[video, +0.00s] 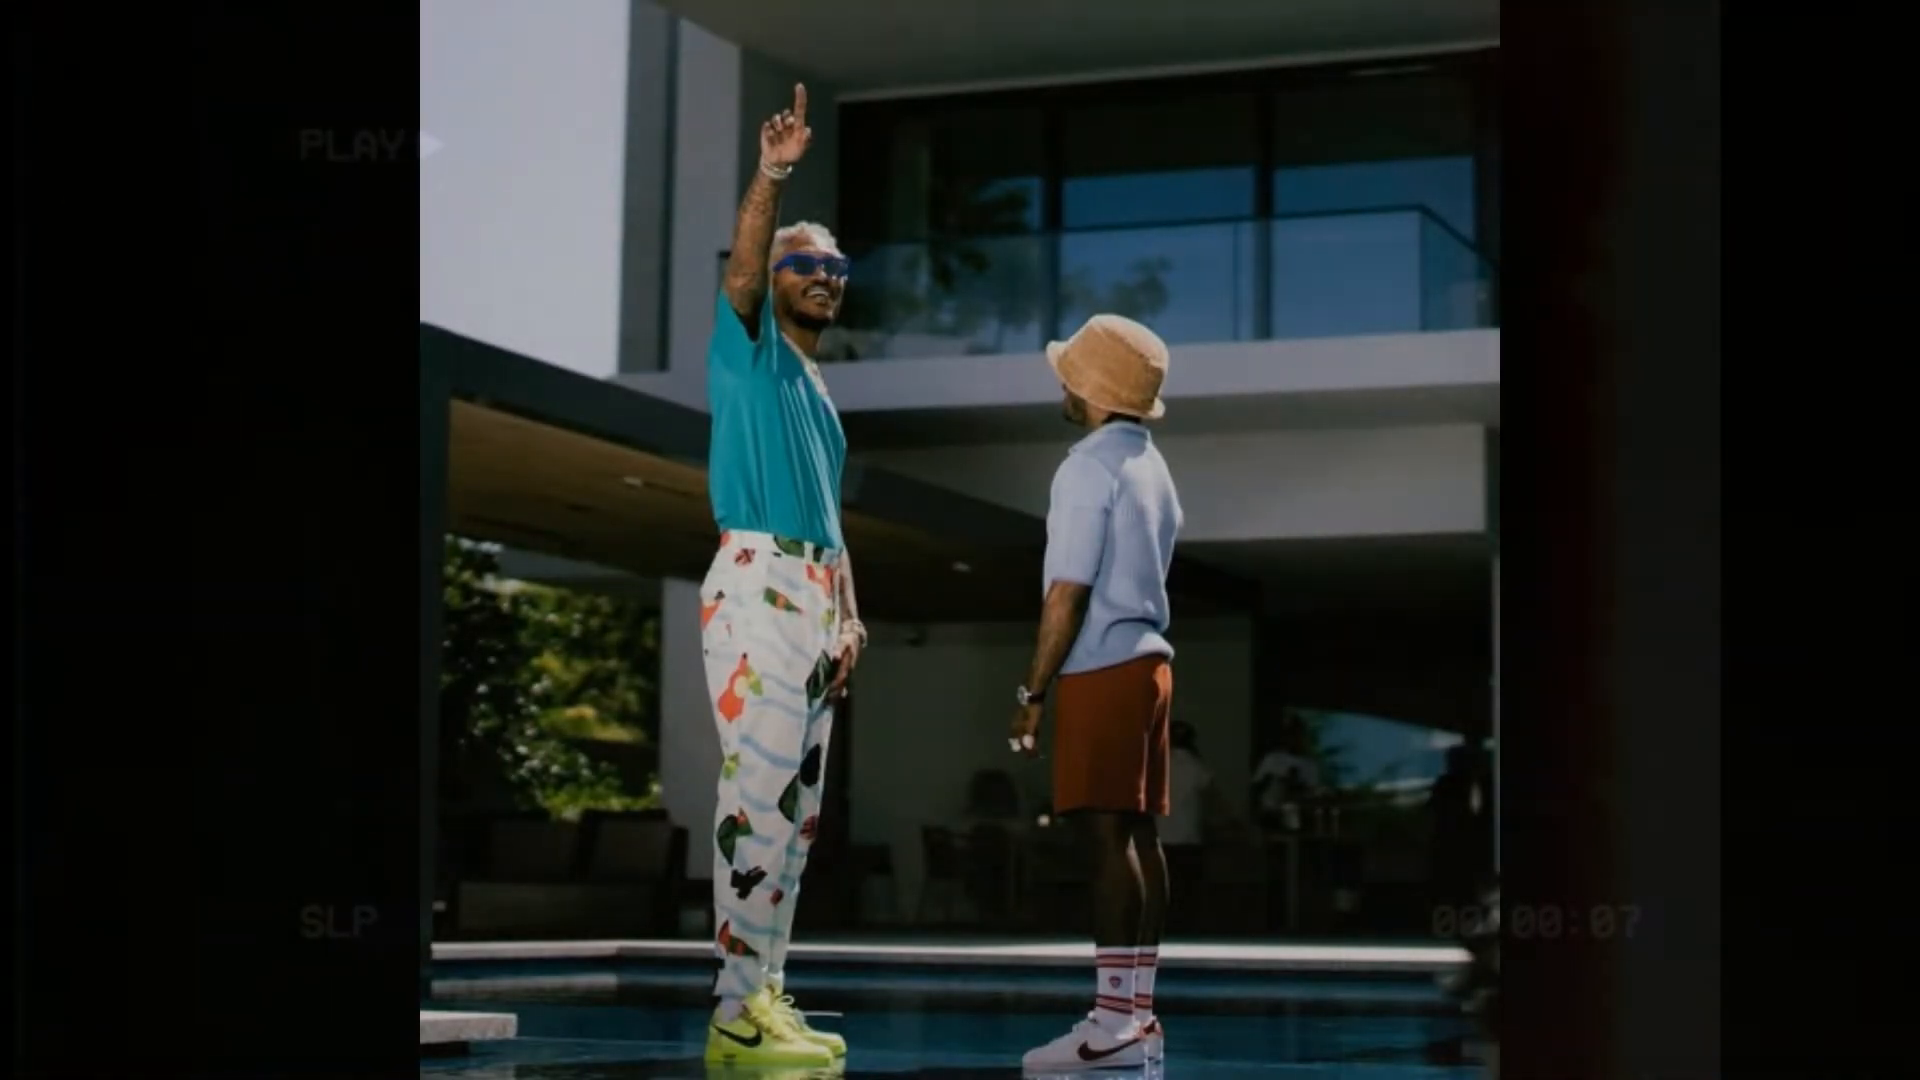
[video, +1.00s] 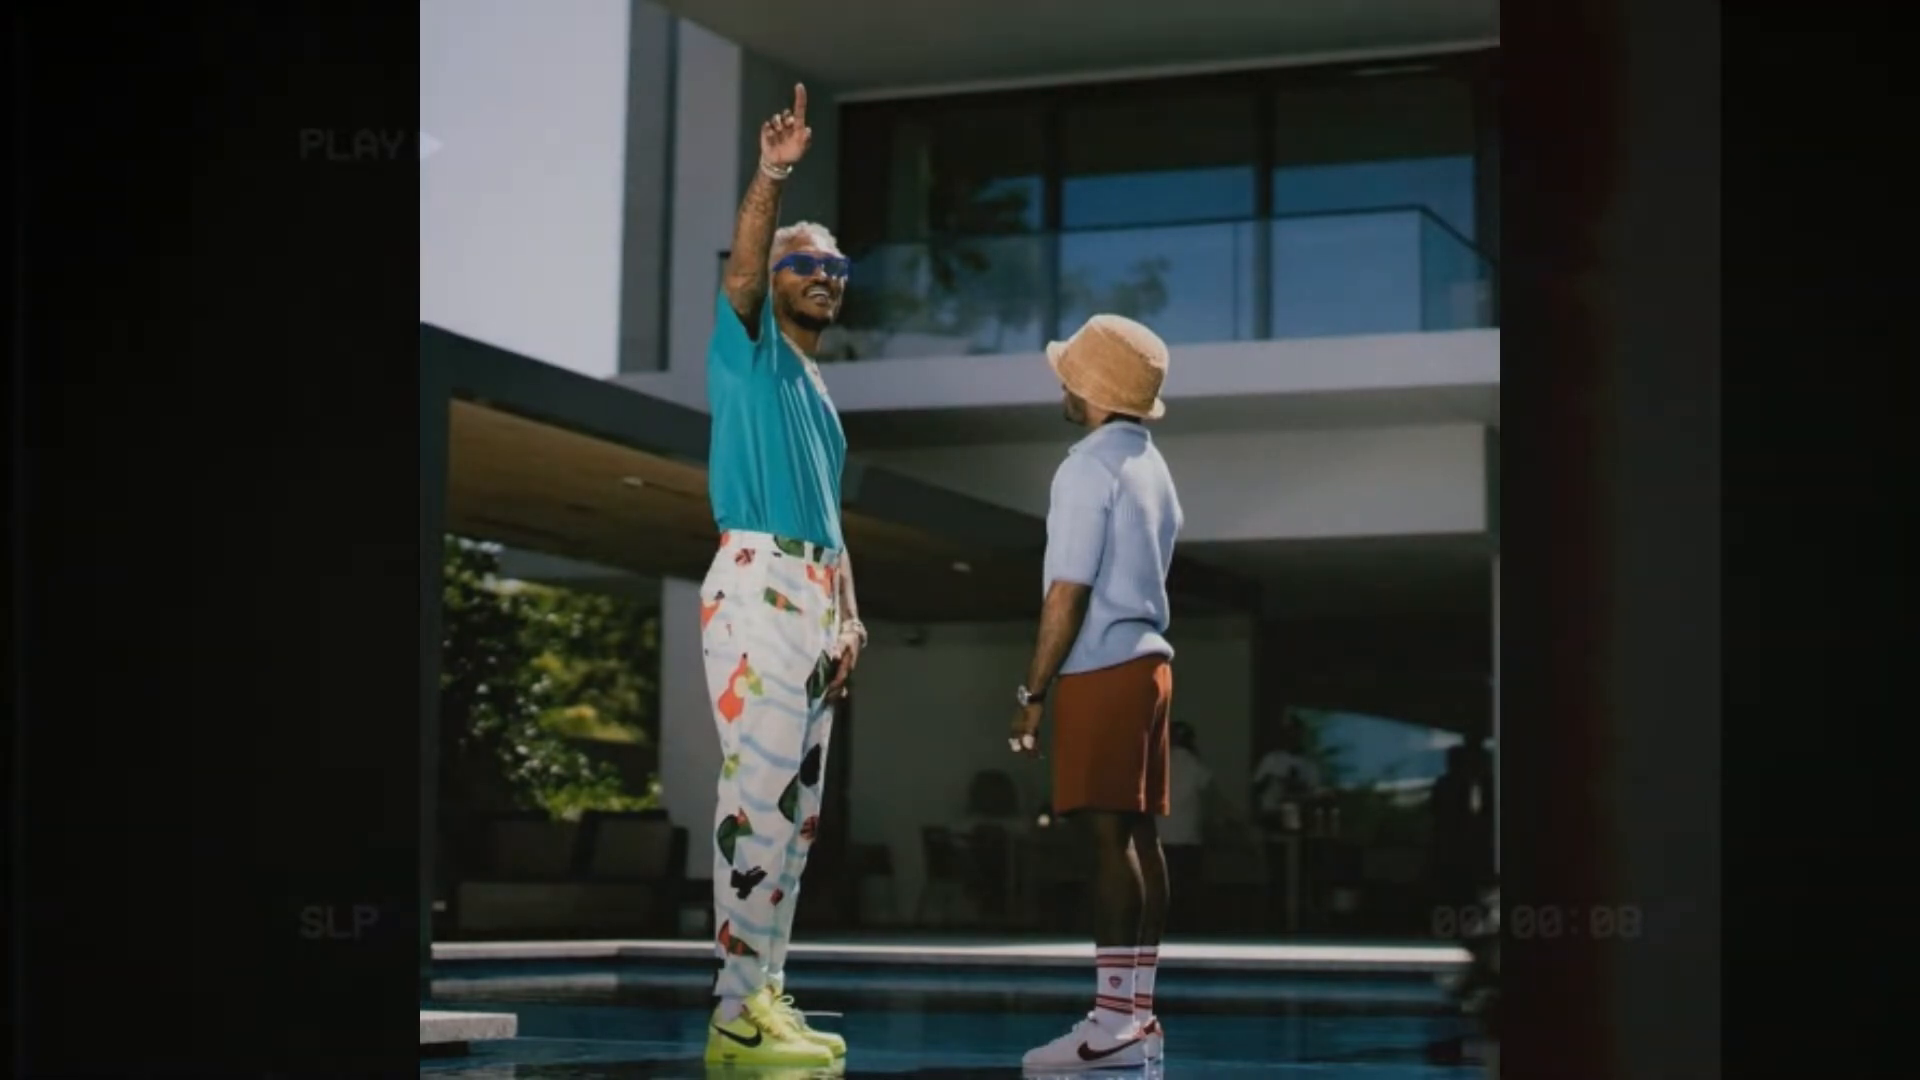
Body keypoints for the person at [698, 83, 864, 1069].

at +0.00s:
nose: (823, 283)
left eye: (834, 274)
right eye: (806, 268)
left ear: (841, 293)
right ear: (770, 278)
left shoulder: (818, 394)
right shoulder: (744, 343)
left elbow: (827, 519)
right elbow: (744, 267)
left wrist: (847, 611)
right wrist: (770, 173)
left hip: (813, 589)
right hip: (755, 581)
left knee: (794, 798)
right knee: (759, 791)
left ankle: (759, 1001)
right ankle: (745, 1005)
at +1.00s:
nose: (823, 282)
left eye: (834, 273)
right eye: (805, 268)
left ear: (842, 293)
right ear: (770, 278)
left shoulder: (819, 395)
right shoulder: (744, 344)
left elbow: (828, 520)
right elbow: (744, 266)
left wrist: (847, 612)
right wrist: (770, 173)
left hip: (814, 590)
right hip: (756, 582)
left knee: (794, 798)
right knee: (759, 793)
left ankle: (759, 1000)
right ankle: (745, 1006)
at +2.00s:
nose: (823, 282)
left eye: (834, 273)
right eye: (806, 268)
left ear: (842, 293)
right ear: (770, 278)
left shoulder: (819, 395)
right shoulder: (744, 344)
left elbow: (828, 520)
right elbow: (744, 266)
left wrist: (847, 612)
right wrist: (770, 173)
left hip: (814, 590)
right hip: (756, 582)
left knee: (794, 798)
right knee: (759, 791)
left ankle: (758, 1002)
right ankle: (746, 1004)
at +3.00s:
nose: (823, 283)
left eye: (834, 274)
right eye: (806, 268)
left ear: (841, 293)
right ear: (770, 277)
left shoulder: (818, 394)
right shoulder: (744, 343)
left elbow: (827, 519)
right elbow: (744, 268)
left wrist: (847, 612)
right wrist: (769, 174)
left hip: (814, 590)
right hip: (755, 582)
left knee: (794, 798)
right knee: (759, 791)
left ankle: (757, 1003)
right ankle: (746, 1004)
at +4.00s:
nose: (823, 283)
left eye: (834, 274)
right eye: (806, 268)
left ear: (841, 293)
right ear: (770, 278)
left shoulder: (818, 395)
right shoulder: (744, 343)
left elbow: (827, 520)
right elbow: (743, 269)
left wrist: (846, 613)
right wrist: (770, 174)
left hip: (814, 590)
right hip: (756, 582)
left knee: (794, 796)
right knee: (758, 789)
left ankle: (758, 1001)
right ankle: (748, 1001)